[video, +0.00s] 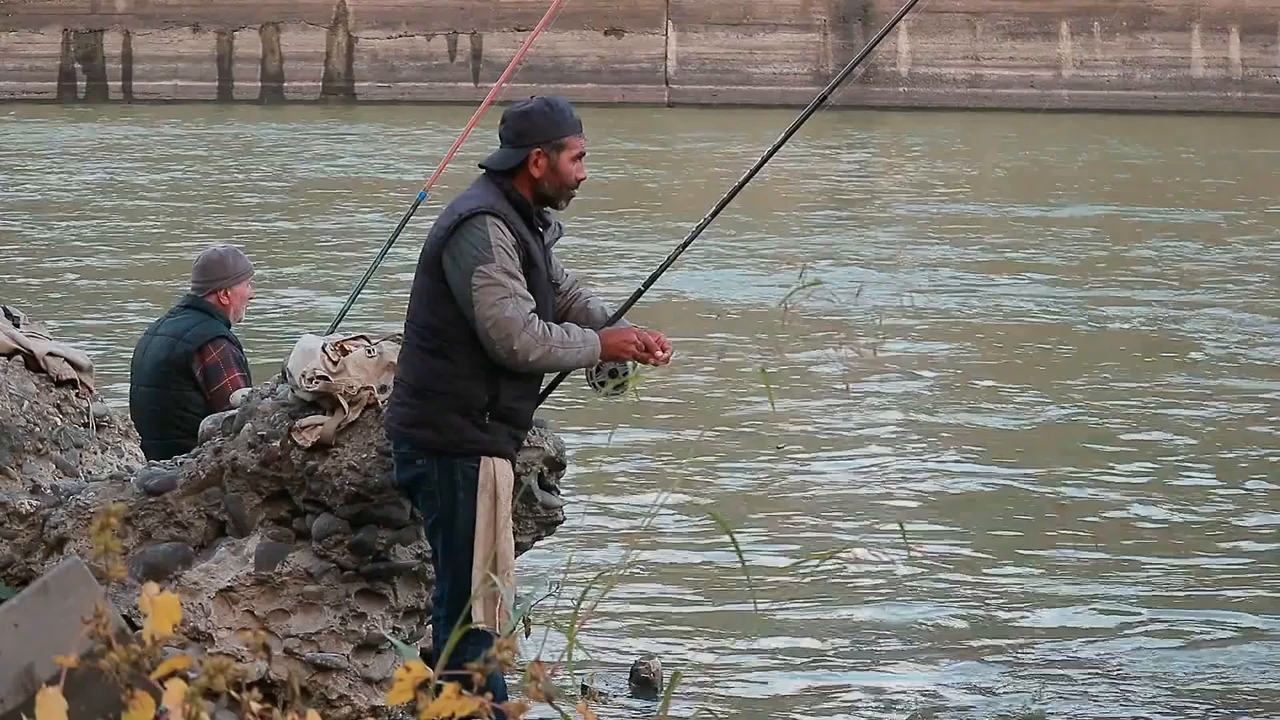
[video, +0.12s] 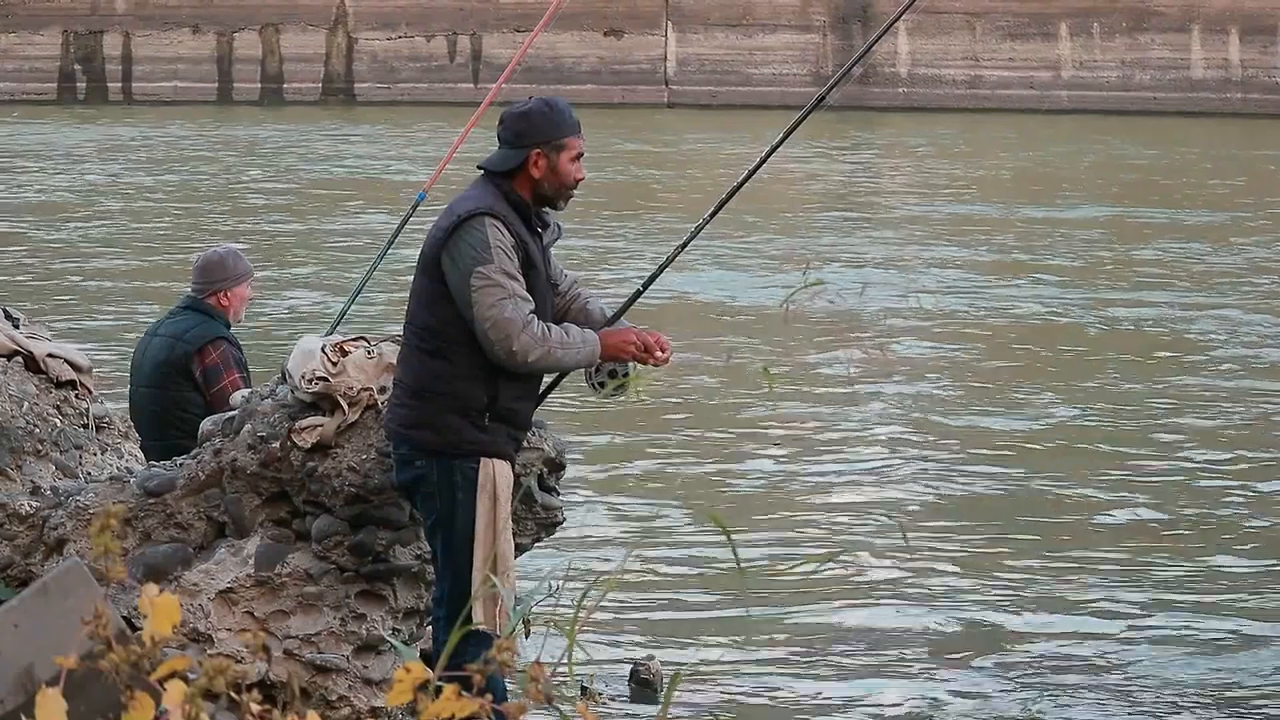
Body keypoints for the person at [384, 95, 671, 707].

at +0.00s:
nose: (583, 170)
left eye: (583, 157)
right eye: (574, 158)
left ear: (540, 160)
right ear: (534, 162)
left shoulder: (520, 224)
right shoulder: (482, 229)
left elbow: (563, 298)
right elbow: (514, 338)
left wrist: (617, 332)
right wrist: (601, 344)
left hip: (478, 439)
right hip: (449, 442)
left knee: (476, 594)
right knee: (469, 598)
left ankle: (458, 706)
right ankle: (468, 711)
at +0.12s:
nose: (581, 172)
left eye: (581, 158)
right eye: (573, 159)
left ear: (537, 160)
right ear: (534, 162)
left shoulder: (520, 223)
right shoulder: (480, 229)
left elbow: (559, 299)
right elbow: (514, 340)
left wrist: (617, 330)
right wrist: (601, 344)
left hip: (477, 441)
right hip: (449, 444)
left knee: (475, 597)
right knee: (470, 601)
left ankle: (456, 708)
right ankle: (468, 713)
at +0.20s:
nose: (581, 172)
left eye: (581, 158)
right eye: (573, 159)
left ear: (538, 161)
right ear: (535, 163)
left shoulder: (520, 225)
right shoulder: (480, 230)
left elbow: (561, 302)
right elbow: (512, 339)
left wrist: (618, 330)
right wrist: (602, 345)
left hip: (478, 442)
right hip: (449, 445)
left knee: (477, 597)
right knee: (468, 602)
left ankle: (460, 708)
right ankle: (469, 711)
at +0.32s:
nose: (579, 172)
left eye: (578, 159)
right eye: (572, 159)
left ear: (535, 162)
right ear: (537, 164)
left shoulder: (521, 224)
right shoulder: (479, 231)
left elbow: (560, 297)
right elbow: (512, 340)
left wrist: (613, 331)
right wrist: (600, 344)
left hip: (479, 442)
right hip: (449, 446)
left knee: (478, 600)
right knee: (469, 605)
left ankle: (460, 709)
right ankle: (468, 714)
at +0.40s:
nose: (577, 172)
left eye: (577, 160)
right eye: (572, 160)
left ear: (534, 162)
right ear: (538, 164)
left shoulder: (519, 225)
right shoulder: (479, 232)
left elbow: (557, 300)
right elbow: (513, 341)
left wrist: (613, 335)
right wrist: (600, 345)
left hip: (479, 442)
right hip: (449, 446)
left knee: (479, 599)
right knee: (469, 605)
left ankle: (464, 709)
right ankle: (470, 713)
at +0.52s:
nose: (576, 172)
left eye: (576, 159)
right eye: (571, 160)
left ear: (532, 162)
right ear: (538, 164)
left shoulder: (515, 225)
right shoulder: (479, 232)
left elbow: (558, 299)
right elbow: (514, 342)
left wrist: (614, 335)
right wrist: (601, 345)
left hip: (477, 443)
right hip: (449, 446)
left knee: (476, 601)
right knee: (468, 606)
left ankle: (466, 709)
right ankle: (469, 712)